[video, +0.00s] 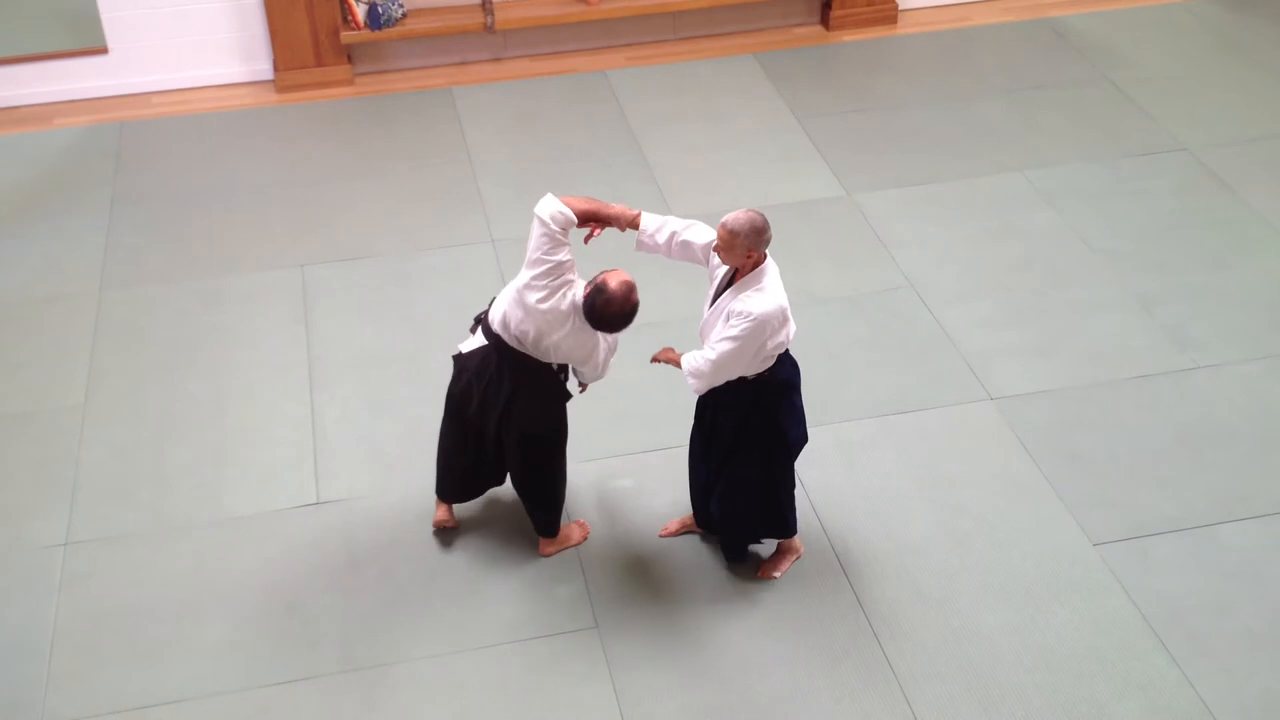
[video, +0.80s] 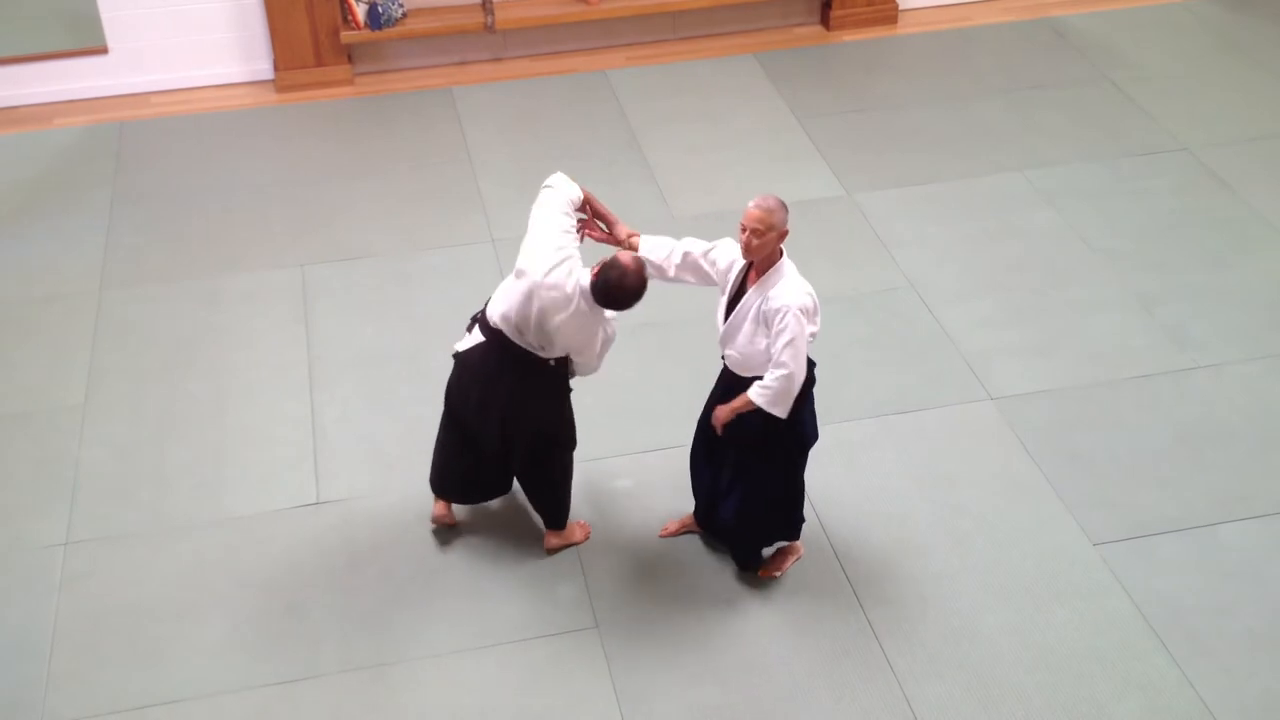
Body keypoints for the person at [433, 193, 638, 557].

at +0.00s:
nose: (620, 269)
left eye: (614, 276)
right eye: (629, 278)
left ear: (590, 286)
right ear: (618, 322)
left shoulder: (551, 268)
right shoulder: (599, 344)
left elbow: (554, 210)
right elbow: (588, 377)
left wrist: (609, 213)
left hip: (487, 356)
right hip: (539, 378)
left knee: (459, 429)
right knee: (543, 455)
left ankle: (443, 506)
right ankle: (549, 535)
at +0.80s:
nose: (612, 251)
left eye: (613, 256)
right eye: (625, 257)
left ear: (598, 266)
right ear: (624, 303)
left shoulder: (554, 254)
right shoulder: (600, 331)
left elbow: (561, 185)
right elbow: (582, 368)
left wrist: (603, 215)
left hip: (486, 351)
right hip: (541, 376)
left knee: (461, 425)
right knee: (551, 449)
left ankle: (442, 503)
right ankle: (556, 530)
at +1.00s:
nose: (602, 232)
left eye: (601, 237)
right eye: (608, 242)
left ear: (583, 240)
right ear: (599, 281)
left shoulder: (559, 233)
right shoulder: (561, 329)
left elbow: (590, 226)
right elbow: (566, 385)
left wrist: (623, 256)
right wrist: (581, 393)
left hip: (477, 340)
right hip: (510, 379)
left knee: (477, 420)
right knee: (552, 453)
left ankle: (422, 473)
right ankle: (556, 534)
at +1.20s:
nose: (577, 253)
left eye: (577, 247)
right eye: (571, 249)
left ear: (541, 252)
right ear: (544, 257)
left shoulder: (533, 254)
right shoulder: (512, 309)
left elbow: (592, 284)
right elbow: (511, 379)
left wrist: (649, 304)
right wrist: (546, 419)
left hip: (467, 363)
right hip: (486, 385)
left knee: (466, 443)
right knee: (545, 455)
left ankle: (443, 498)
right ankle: (560, 534)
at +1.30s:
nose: (567, 247)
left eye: (567, 239)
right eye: (561, 241)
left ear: (534, 245)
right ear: (531, 247)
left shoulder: (551, 261)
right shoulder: (489, 294)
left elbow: (600, 299)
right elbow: (481, 371)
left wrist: (659, 318)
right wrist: (516, 418)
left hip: (503, 369)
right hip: (472, 380)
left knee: (466, 449)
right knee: (530, 455)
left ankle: (442, 500)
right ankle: (551, 535)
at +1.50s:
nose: (568, 241)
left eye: (569, 232)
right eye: (561, 234)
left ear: (534, 236)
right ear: (529, 236)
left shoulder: (567, 265)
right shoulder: (480, 279)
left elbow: (615, 308)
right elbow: (447, 348)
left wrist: (677, 322)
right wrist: (457, 408)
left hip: (520, 379)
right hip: (476, 379)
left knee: (520, 459)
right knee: (477, 461)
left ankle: (524, 533)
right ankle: (474, 534)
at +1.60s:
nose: (576, 241)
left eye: (577, 233)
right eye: (569, 235)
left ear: (546, 235)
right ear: (537, 236)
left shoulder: (574, 265)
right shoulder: (487, 279)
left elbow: (623, 308)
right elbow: (448, 341)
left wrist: (684, 321)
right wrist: (443, 401)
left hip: (536, 375)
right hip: (487, 380)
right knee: (483, 460)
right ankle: (474, 534)